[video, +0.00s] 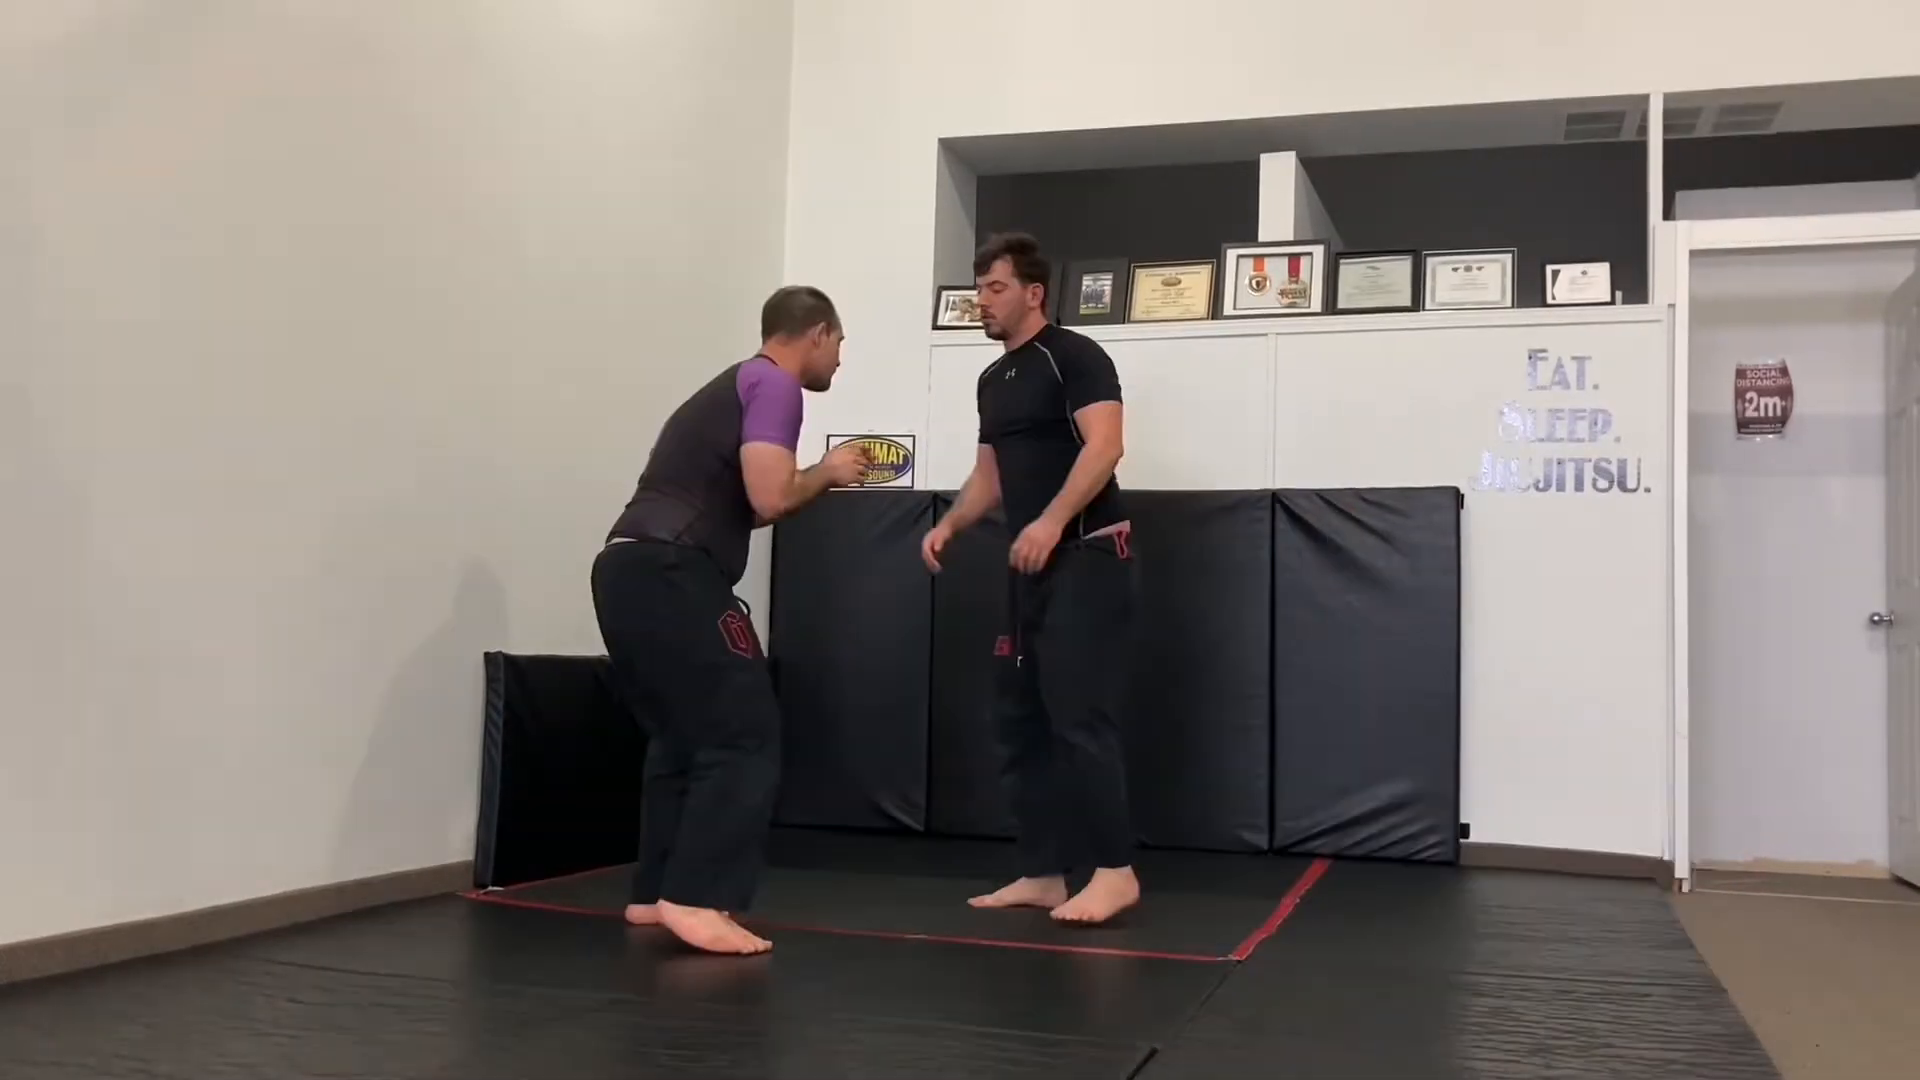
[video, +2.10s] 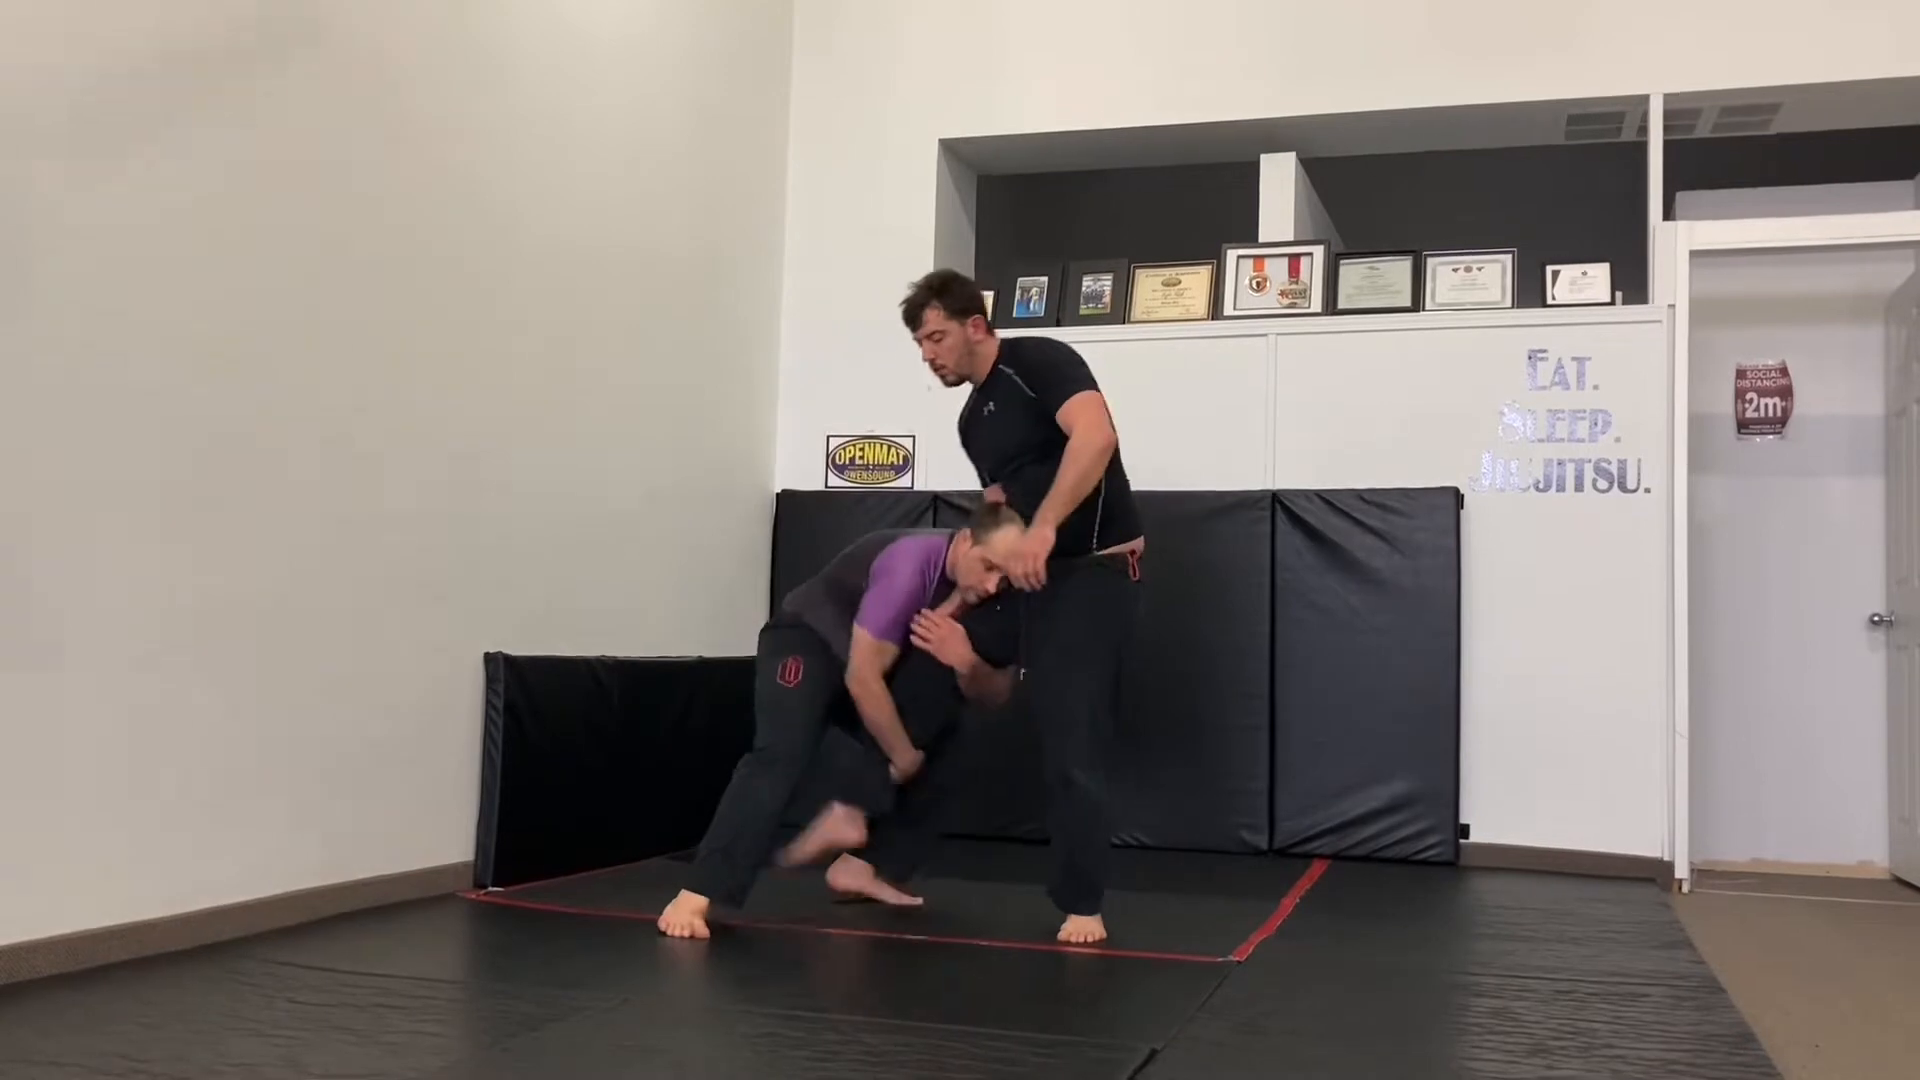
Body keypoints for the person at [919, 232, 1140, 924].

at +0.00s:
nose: (983, 299)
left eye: (995, 287)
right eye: (980, 289)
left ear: (1034, 293)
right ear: (992, 298)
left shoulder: (1077, 354)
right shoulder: (994, 378)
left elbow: (1105, 446)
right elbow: (992, 471)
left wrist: (1051, 520)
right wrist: (951, 522)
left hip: (1090, 552)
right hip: (1030, 555)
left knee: (1080, 707)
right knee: (1022, 708)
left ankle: (1115, 871)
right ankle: (1045, 872)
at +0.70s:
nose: (986, 297)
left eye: (998, 284)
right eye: (984, 285)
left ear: (1041, 286)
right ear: (1003, 290)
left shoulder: (1092, 350)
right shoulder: (996, 372)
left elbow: (1130, 447)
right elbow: (954, 460)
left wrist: (1087, 532)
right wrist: (897, 514)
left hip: (1095, 566)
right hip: (1030, 567)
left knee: (1080, 734)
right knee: (977, 708)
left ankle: (1082, 903)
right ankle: (973, 871)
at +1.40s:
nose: (909, 337)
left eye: (922, 323)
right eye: (903, 325)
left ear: (963, 319)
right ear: (899, 328)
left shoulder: (1028, 368)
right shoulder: (909, 420)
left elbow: (1108, 443)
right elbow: (907, 542)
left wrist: (1112, 533)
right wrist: (858, 617)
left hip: (1062, 577)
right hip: (984, 583)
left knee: (1073, 738)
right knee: (932, 729)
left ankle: (1085, 903)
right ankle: (906, 886)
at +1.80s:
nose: (898, 373)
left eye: (907, 357)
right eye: (890, 361)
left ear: (947, 344)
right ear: (887, 360)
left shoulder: (1019, 370)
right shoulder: (929, 439)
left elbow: (1109, 436)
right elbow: (962, 539)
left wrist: (1093, 534)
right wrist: (962, 632)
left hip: (1080, 567)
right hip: (1007, 583)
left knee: (1081, 734)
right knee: (959, 721)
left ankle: (1087, 904)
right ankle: (908, 882)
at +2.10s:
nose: (928, 355)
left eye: (936, 338)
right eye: (921, 344)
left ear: (976, 326)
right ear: (928, 343)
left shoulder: (1042, 359)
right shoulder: (973, 421)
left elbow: (1097, 437)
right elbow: (1002, 503)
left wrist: (1043, 525)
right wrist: (984, 569)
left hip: (1091, 570)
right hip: (1022, 578)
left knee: (1071, 733)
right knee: (925, 671)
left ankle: (1082, 907)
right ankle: (851, 811)